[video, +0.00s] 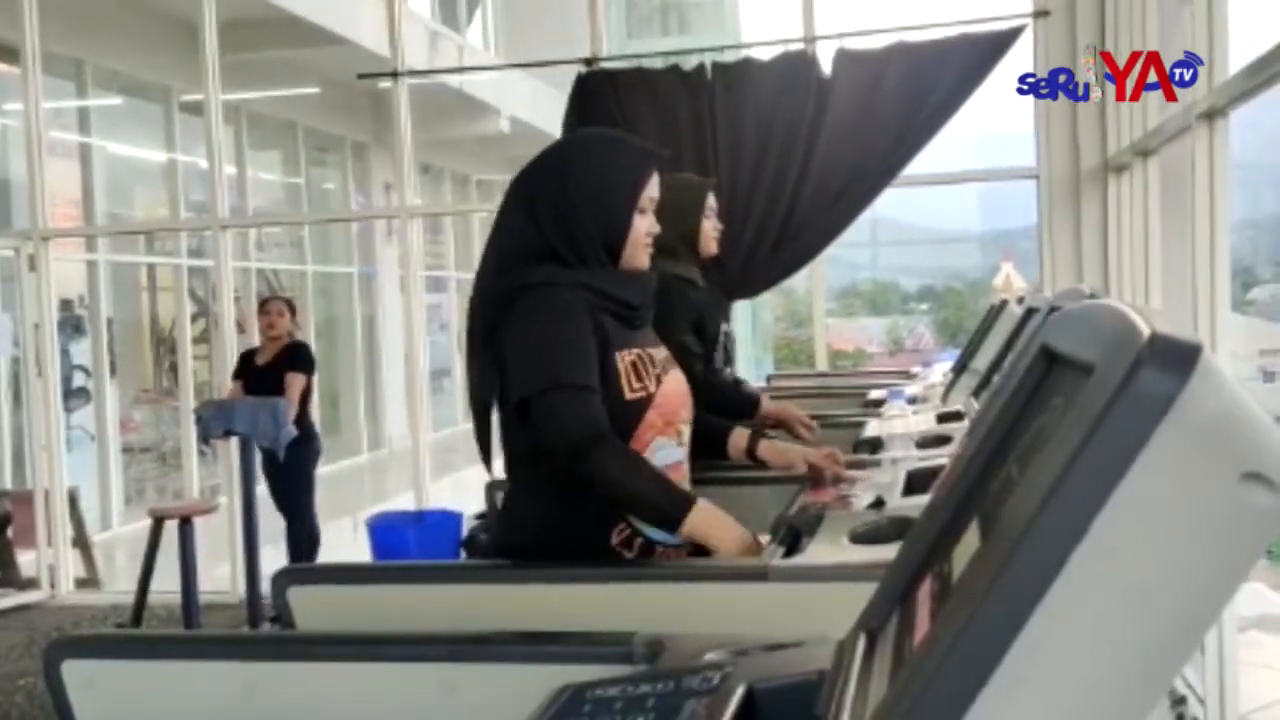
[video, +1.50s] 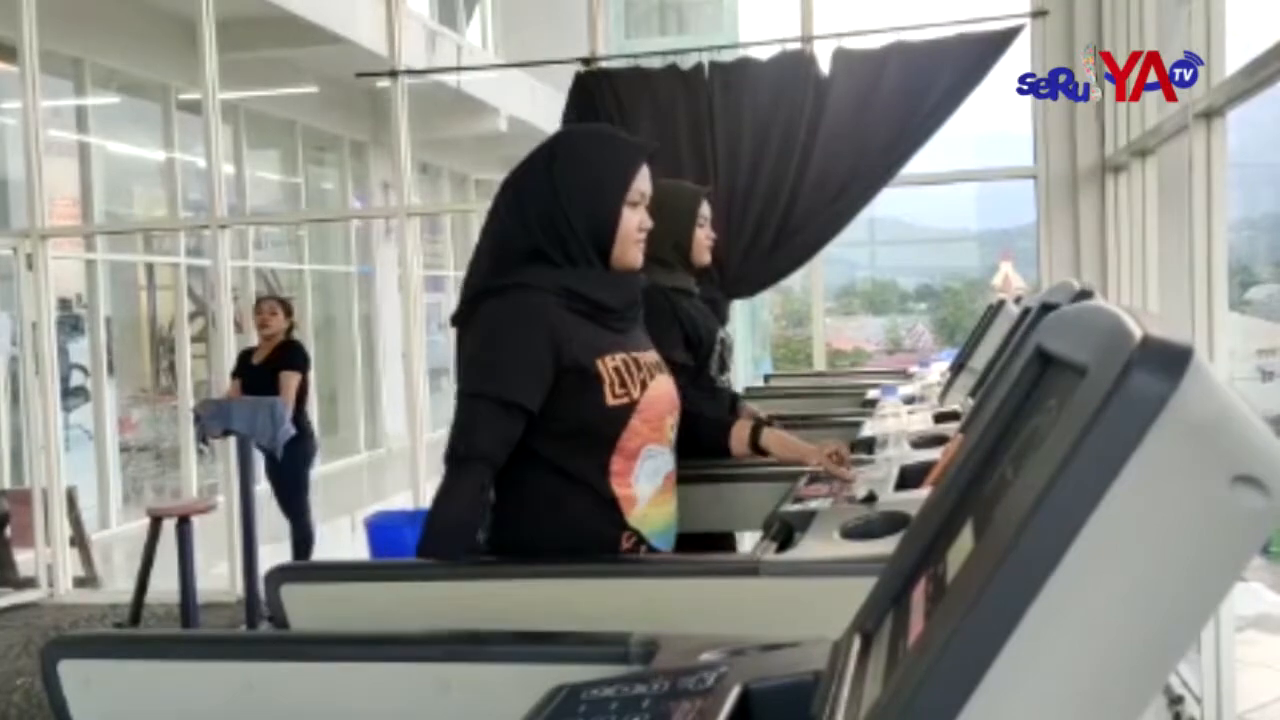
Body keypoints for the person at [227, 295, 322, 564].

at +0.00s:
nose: (272, 319)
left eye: (279, 314)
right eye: (266, 314)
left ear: (291, 321)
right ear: (259, 320)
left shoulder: (298, 351)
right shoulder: (248, 358)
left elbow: (293, 395)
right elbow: (235, 396)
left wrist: (282, 428)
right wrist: (218, 420)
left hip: (299, 436)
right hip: (267, 439)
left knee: (300, 509)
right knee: (289, 510)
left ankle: (302, 572)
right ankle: (299, 571)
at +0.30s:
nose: (274, 319)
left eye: (280, 313)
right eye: (266, 314)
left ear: (290, 320)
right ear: (256, 322)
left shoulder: (302, 353)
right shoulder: (242, 354)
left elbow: (295, 390)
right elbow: (232, 396)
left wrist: (278, 422)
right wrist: (239, 423)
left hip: (298, 434)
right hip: (259, 436)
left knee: (298, 509)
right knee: (268, 511)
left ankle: (303, 573)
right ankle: (273, 576)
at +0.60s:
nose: (274, 319)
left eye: (279, 313)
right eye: (266, 314)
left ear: (288, 319)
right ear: (254, 323)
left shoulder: (300, 352)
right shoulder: (242, 351)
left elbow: (294, 388)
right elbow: (230, 393)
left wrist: (276, 419)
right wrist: (235, 423)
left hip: (291, 436)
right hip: (253, 436)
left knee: (285, 511)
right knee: (262, 511)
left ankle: (288, 577)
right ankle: (275, 576)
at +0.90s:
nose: (273, 319)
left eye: (278, 313)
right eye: (265, 314)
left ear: (288, 319)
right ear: (255, 322)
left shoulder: (300, 352)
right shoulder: (241, 355)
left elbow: (293, 389)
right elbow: (230, 394)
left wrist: (276, 420)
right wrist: (232, 422)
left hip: (297, 435)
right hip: (258, 437)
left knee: (300, 505)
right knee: (271, 509)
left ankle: (307, 567)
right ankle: (276, 570)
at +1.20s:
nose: (269, 318)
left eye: (277, 313)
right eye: (264, 313)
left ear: (290, 319)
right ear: (258, 319)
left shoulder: (296, 350)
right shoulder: (248, 355)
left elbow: (289, 392)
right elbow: (235, 393)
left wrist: (279, 425)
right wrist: (216, 417)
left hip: (298, 432)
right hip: (268, 434)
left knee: (297, 502)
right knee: (287, 503)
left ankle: (301, 567)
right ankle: (302, 563)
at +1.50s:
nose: (264, 319)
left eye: (272, 314)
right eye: (259, 314)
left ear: (287, 320)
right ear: (253, 320)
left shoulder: (292, 351)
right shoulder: (247, 356)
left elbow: (287, 398)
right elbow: (234, 395)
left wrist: (275, 429)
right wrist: (216, 418)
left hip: (295, 433)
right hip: (266, 436)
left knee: (297, 504)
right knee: (287, 504)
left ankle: (300, 568)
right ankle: (302, 564)